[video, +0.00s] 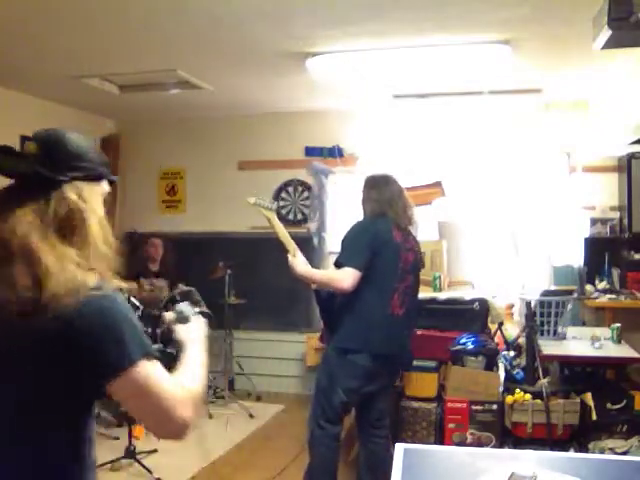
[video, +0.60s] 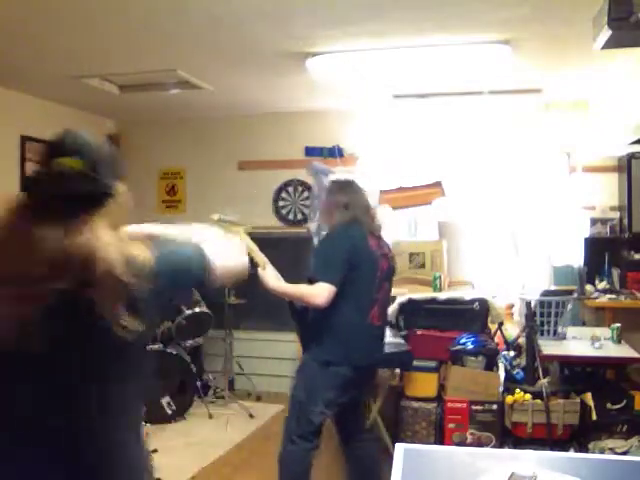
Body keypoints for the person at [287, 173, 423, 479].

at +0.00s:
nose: (362, 202)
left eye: (364, 196)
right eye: (364, 196)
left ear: (369, 198)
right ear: (398, 200)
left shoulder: (367, 230)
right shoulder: (410, 240)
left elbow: (346, 281)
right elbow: (394, 293)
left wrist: (305, 271)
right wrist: (326, 280)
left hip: (355, 346)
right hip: (392, 349)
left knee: (324, 424)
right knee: (376, 431)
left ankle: (320, 474)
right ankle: (375, 476)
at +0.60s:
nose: (322, 214)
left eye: (325, 207)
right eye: (323, 207)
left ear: (337, 207)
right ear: (361, 206)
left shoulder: (341, 238)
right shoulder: (377, 243)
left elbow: (321, 295)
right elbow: (370, 300)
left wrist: (276, 285)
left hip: (331, 358)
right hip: (363, 357)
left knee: (299, 439)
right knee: (357, 435)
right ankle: (373, 475)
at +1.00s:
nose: (306, 220)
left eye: (310, 212)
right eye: (305, 212)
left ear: (326, 211)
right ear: (343, 209)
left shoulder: (331, 241)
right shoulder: (366, 243)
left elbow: (316, 297)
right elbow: (372, 303)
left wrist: (292, 330)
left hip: (323, 354)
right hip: (355, 355)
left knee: (292, 435)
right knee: (349, 429)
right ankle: (364, 474)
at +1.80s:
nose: (307, 210)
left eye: (312, 203)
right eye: (308, 203)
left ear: (328, 207)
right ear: (349, 206)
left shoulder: (338, 240)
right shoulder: (368, 241)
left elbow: (324, 307)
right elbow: (362, 304)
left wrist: (280, 294)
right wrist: (311, 292)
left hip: (328, 361)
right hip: (358, 360)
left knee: (295, 445)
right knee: (352, 433)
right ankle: (367, 476)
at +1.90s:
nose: (308, 207)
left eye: (314, 201)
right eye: (310, 200)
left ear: (330, 207)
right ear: (349, 207)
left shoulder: (338, 240)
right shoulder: (368, 242)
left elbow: (325, 307)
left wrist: (279, 294)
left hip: (328, 361)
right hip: (358, 360)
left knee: (295, 445)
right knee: (352, 433)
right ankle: (368, 475)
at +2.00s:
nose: (308, 207)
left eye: (313, 201)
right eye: (309, 200)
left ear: (330, 207)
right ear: (349, 207)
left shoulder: (338, 241)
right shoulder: (367, 242)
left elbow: (326, 307)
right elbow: (361, 305)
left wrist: (280, 295)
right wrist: (310, 297)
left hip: (327, 362)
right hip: (358, 361)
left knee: (296, 445)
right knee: (352, 433)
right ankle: (368, 476)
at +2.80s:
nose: (308, 213)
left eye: (312, 206)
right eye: (309, 206)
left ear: (327, 210)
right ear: (349, 208)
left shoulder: (337, 243)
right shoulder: (365, 243)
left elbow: (322, 308)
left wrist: (275, 295)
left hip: (325, 363)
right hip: (355, 362)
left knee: (292, 446)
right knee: (351, 433)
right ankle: (368, 476)